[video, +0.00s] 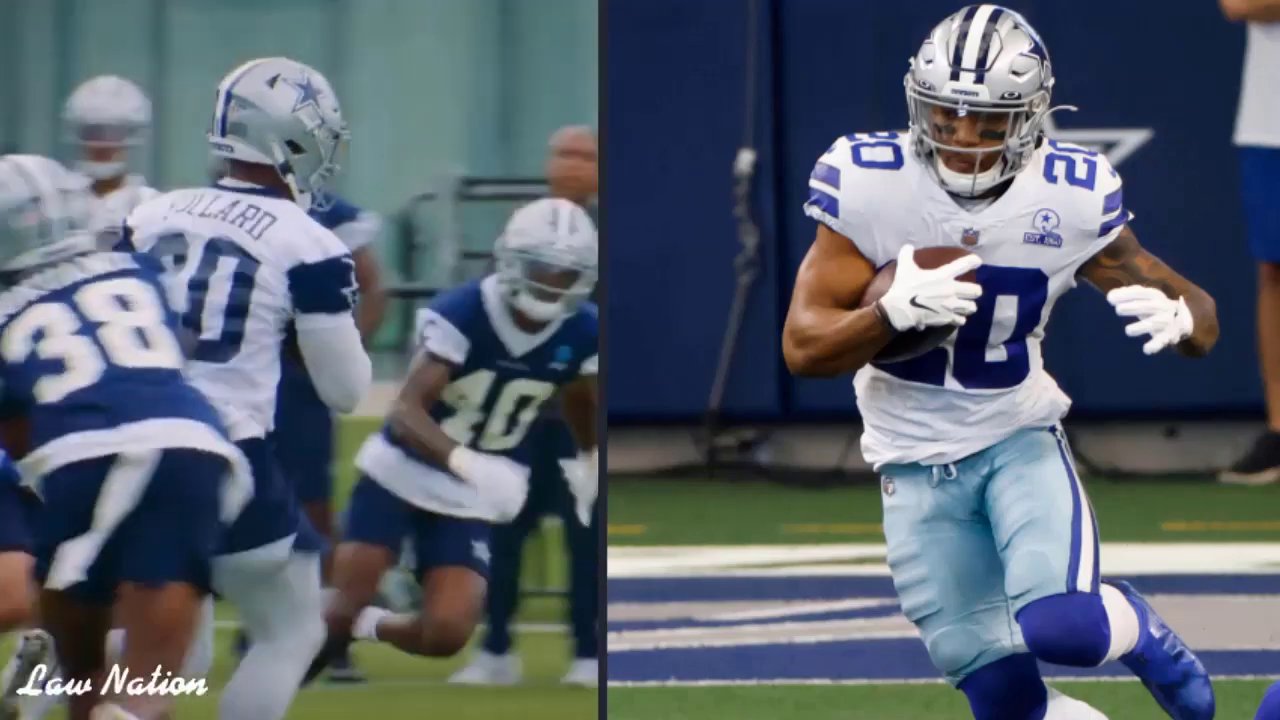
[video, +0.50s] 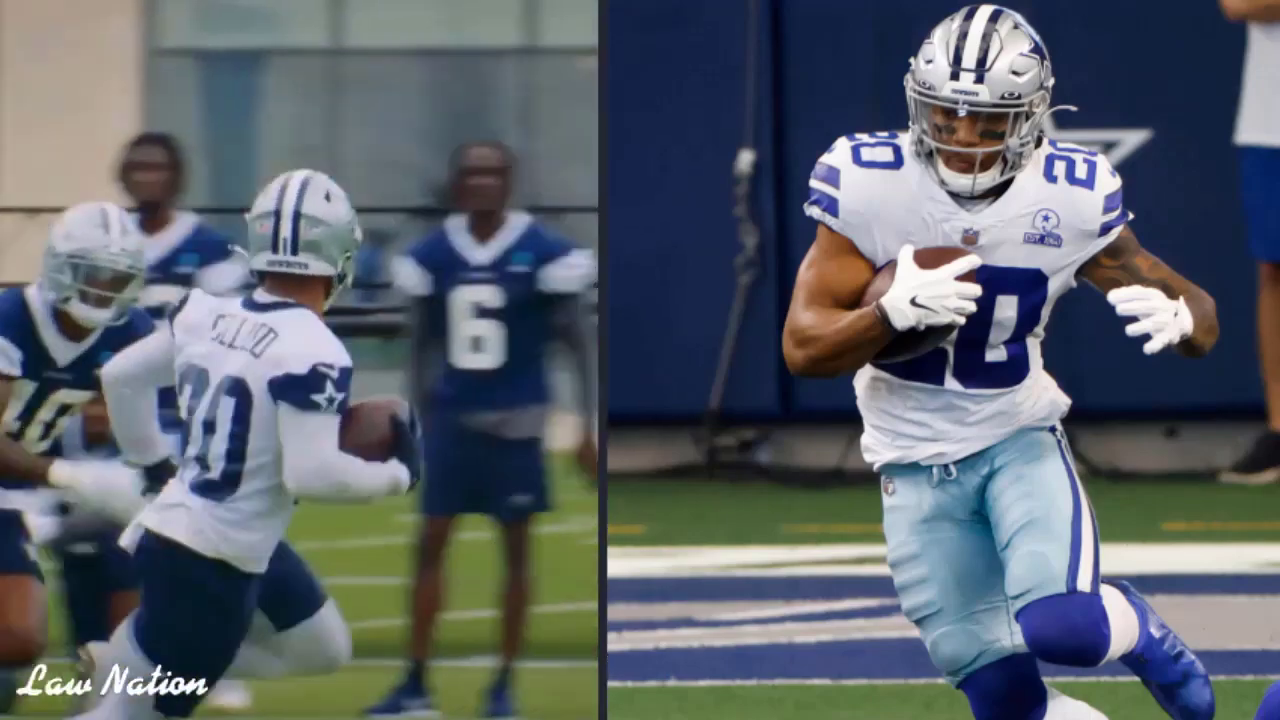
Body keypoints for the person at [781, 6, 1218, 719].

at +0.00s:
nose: (966, 137)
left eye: (988, 121)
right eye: (950, 117)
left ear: (1027, 118)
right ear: (922, 110)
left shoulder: (1072, 194)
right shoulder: (863, 180)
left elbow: (1197, 310)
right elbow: (801, 350)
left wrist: (1181, 318)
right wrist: (887, 313)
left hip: (1018, 437)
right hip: (911, 467)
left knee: (1054, 626)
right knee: (1001, 697)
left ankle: (1142, 632)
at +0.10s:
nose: (966, 137)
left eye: (988, 121)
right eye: (950, 117)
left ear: (1027, 118)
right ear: (922, 110)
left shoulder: (1072, 194)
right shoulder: (863, 180)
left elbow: (1197, 310)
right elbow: (801, 350)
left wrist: (1181, 318)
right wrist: (887, 313)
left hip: (1018, 437)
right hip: (911, 467)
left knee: (1054, 626)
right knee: (1001, 697)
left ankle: (1142, 632)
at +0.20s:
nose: (966, 137)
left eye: (988, 121)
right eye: (950, 116)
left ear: (1027, 118)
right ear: (922, 109)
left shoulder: (1071, 195)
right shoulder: (863, 180)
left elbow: (1197, 310)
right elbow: (801, 350)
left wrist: (1181, 319)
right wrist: (887, 313)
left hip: (1018, 436)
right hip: (911, 467)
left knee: (1053, 626)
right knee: (1001, 696)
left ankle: (1142, 633)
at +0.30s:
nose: (966, 137)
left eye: (988, 121)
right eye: (950, 116)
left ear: (1027, 118)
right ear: (922, 110)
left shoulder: (1071, 194)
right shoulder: (863, 179)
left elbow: (1197, 310)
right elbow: (801, 349)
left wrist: (1181, 319)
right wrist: (887, 313)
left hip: (1018, 437)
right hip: (911, 467)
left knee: (1054, 626)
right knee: (1001, 696)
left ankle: (1142, 633)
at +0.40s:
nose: (966, 137)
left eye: (988, 121)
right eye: (950, 116)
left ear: (1027, 118)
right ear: (922, 109)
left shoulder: (1071, 195)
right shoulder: (863, 180)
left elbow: (1197, 310)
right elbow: (801, 350)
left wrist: (1181, 319)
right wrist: (887, 313)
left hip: (1018, 436)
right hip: (911, 467)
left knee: (1053, 626)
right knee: (1001, 696)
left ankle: (1142, 633)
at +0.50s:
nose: (966, 137)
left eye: (988, 121)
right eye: (950, 117)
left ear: (1027, 118)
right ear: (922, 110)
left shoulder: (1072, 194)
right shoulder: (863, 180)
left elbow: (1197, 310)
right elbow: (801, 350)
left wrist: (1181, 318)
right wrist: (887, 313)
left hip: (1018, 437)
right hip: (911, 467)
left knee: (1054, 626)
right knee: (1001, 697)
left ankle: (1142, 632)